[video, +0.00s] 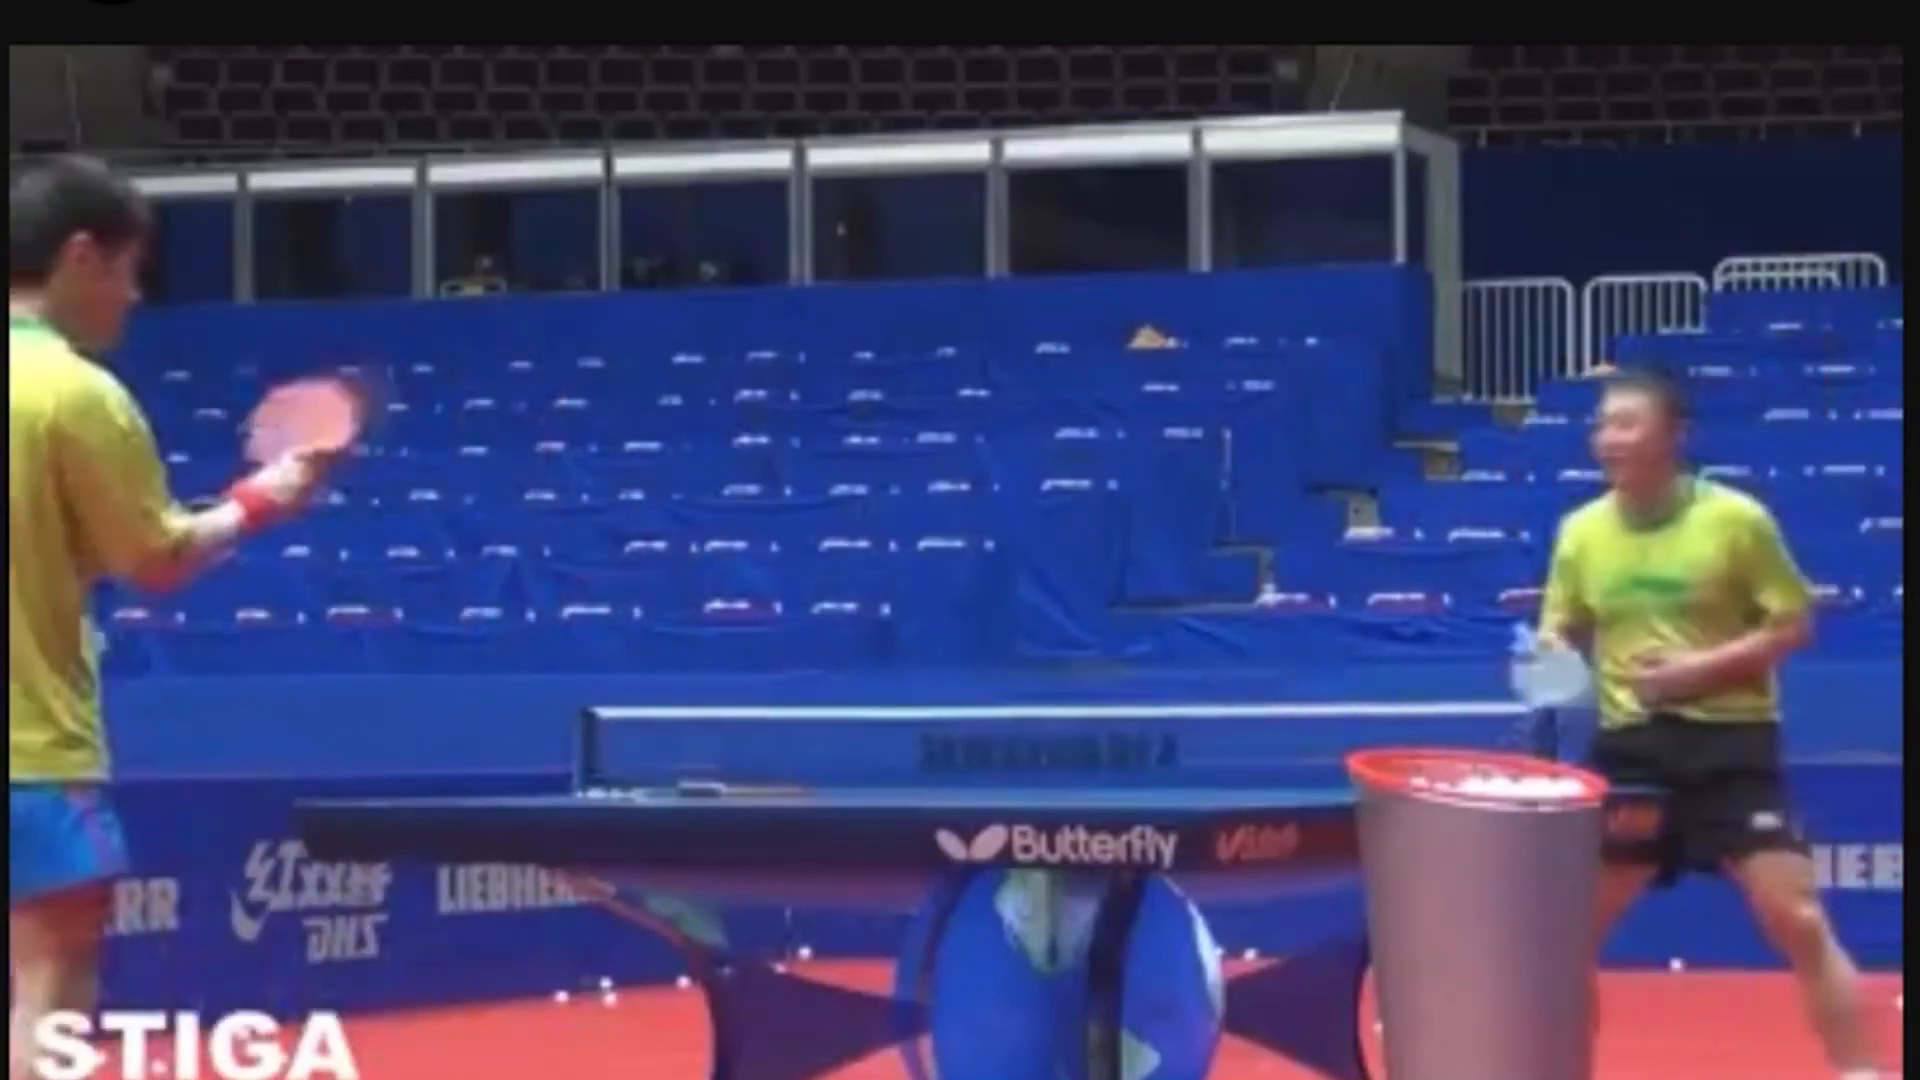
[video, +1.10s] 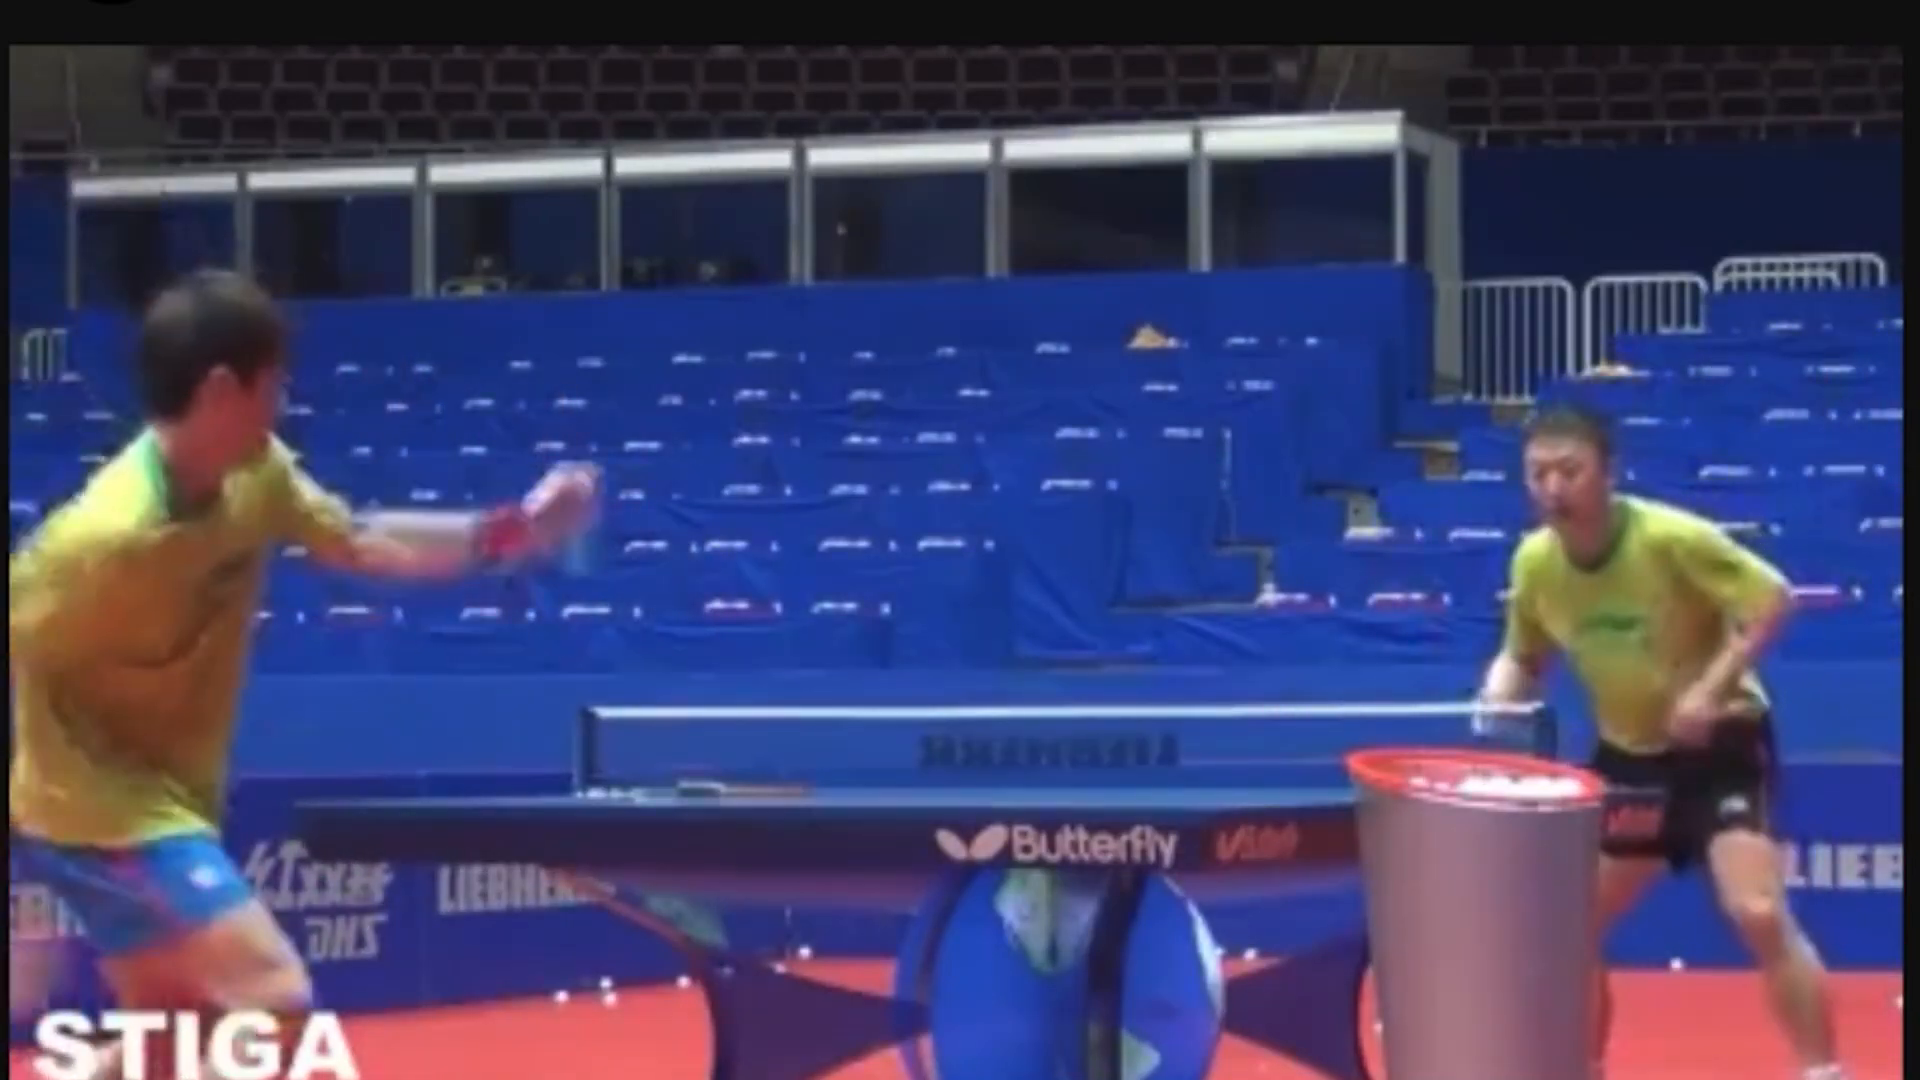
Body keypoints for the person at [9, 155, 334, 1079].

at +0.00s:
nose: (133, 298)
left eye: (135, 274)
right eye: (128, 271)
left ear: (64, 258)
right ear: (79, 256)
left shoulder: (31, 377)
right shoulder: (73, 394)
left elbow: (93, 546)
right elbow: (155, 561)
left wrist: (217, 510)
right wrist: (261, 501)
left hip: (27, 745)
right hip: (38, 750)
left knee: (42, 984)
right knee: (52, 992)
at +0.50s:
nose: (187, 312)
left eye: (186, 288)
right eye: (180, 287)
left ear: (120, 288)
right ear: (135, 287)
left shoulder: (77, 398)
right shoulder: (53, 402)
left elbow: (105, 546)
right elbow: (49, 590)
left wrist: (228, 595)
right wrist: (205, 607)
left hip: (47, 751)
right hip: (42, 757)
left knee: (44, 979)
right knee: (165, 953)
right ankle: (87, 1077)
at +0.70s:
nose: (209, 328)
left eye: (208, 306)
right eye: (200, 305)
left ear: (146, 308)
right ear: (153, 306)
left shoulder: (160, 419)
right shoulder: (52, 435)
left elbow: (216, 530)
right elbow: (26, 623)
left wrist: (324, 578)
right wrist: (157, 696)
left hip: (99, 756)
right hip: (48, 764)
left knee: (86, 996)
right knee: (143, 984)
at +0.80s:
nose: (231, 343)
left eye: (231, 322)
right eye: (223, 320)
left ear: (170, 325)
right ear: (172, 324)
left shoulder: (199, 435)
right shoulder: (57, 465)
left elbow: (288, 520)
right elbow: (20, 670)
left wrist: (411, 570)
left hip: (136, 782)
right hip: (77, 790)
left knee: (112, 1001)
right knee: (190, 981)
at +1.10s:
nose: (282, 406)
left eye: (281, 386)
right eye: (274, 384)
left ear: (218, 392)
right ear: (221, 391)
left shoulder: (256, 471)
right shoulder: (104, 535)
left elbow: (363, 544)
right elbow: (14, 644)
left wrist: (512, 532)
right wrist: (94, 797)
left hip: (168, 799)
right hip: (88, 807)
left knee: (166, 1035)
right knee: (274, 996)